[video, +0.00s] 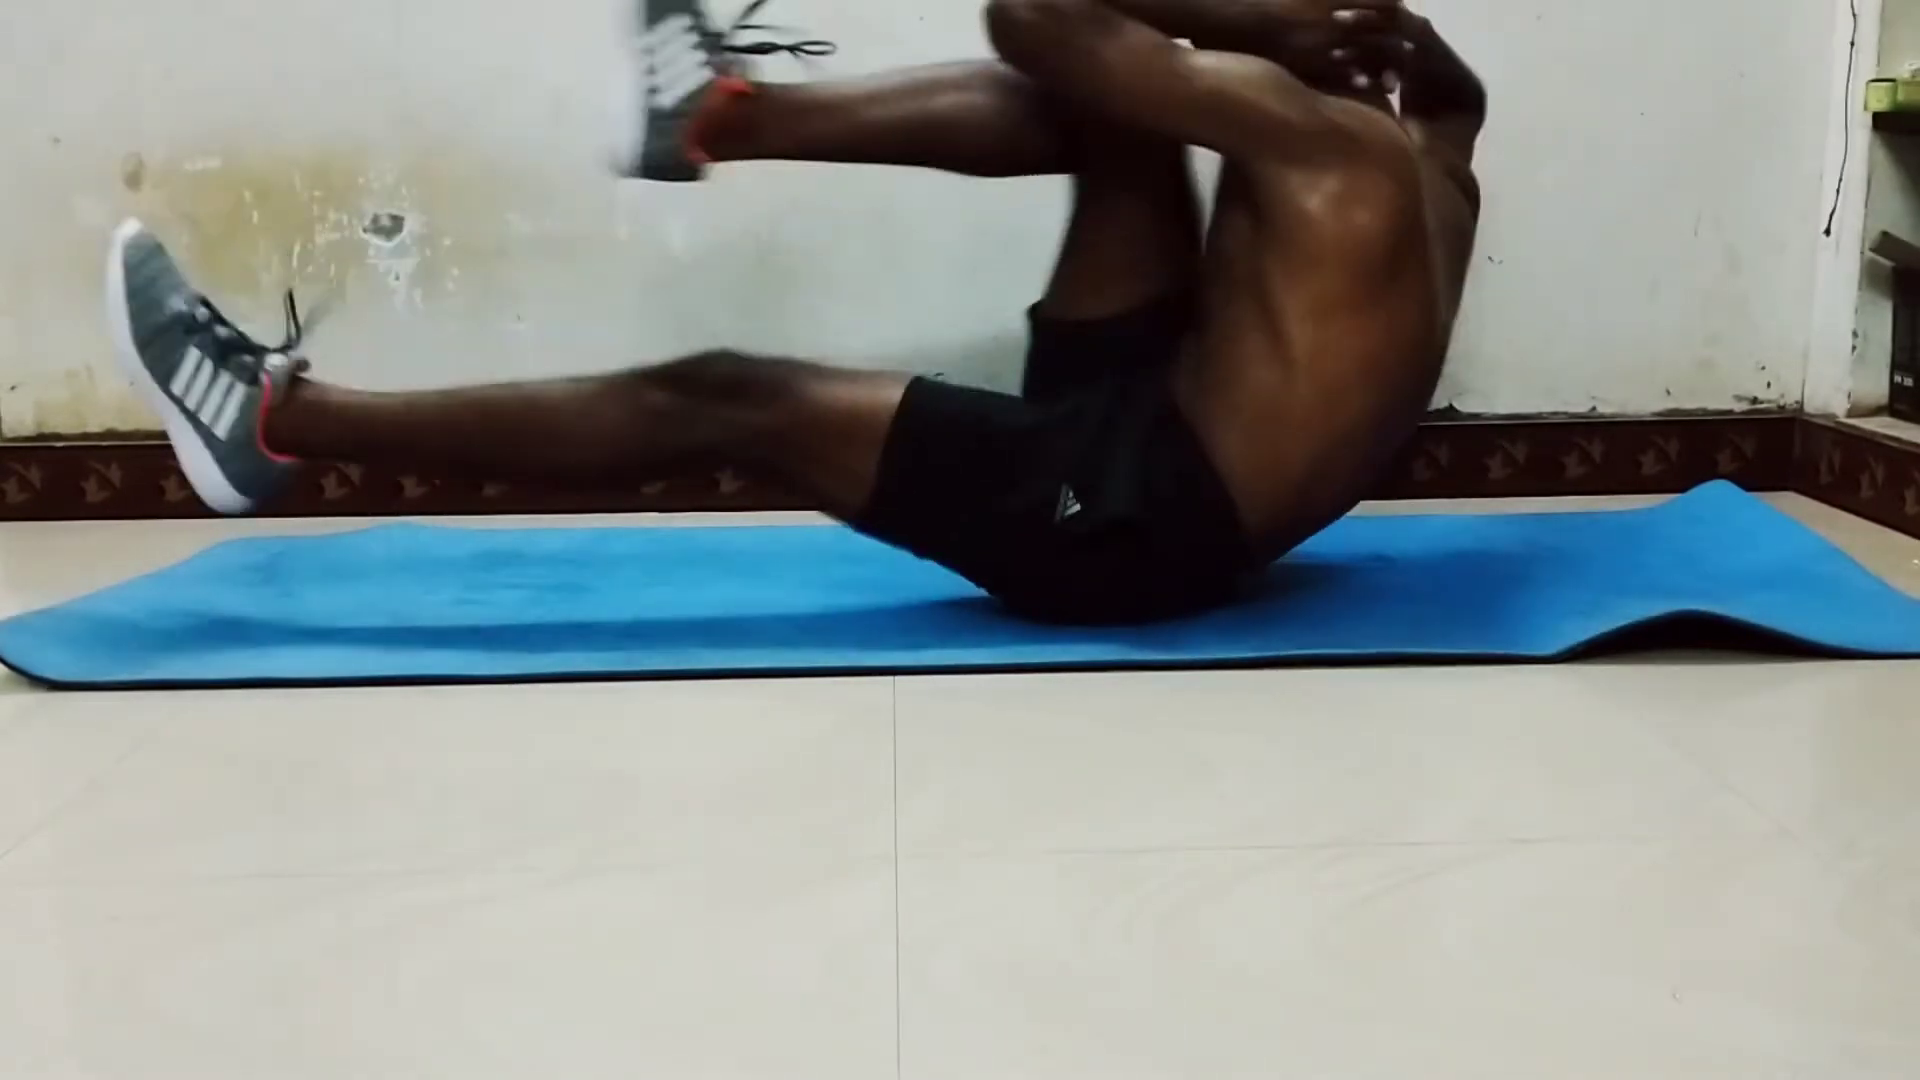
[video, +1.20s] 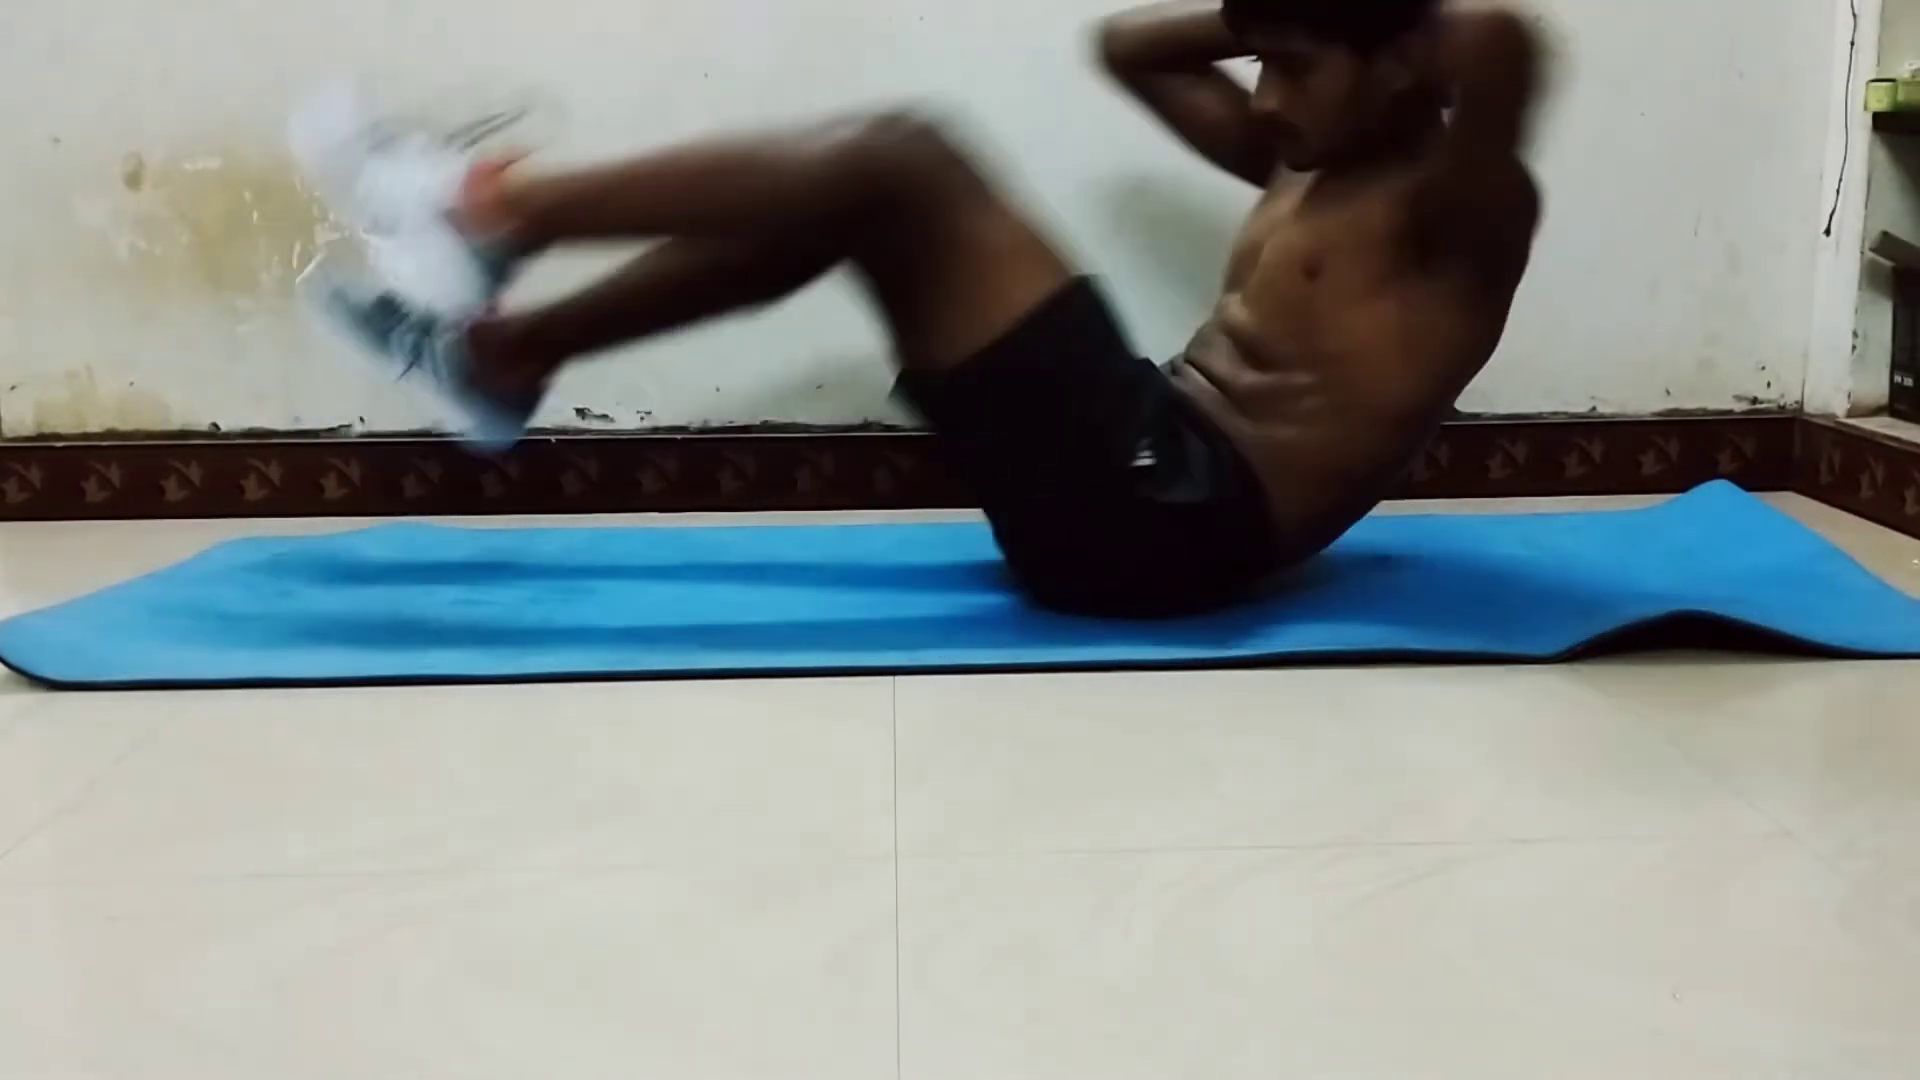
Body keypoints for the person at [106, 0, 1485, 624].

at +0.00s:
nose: (1240, 50)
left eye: (1254, 34)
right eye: (1256, 33)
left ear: (1329, 51)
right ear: (1379, 61)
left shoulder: (1328, 135)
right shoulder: (1426, 161)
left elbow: (1052, 48)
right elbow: (1126, 87)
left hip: (1118, 513)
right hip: (1150, 445)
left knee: (714, 400)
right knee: (1114, 113)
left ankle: (273, 423)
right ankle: (742, 110)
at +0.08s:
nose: (1240, 50)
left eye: (1254, 34)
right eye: (1256, 33)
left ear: (1330, 50)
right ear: (1379, 61)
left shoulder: (1328, 134)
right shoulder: (1426, 160)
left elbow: (1052, 49)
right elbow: (1126, 87)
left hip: (1118, 513)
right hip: (1150, 445)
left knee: (714, 400)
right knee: (1114, 114)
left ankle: (273, 423)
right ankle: (743, 110)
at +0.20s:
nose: (1264, 59)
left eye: (1286, 32)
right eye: (1309, 29)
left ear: (1336, 45)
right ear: (1368, 53)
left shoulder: (1356, 142)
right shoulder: (1372, 163)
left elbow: (1097, 13)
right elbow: (1128, 25)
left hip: (1127, 510)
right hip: (1137, 423)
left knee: (739, 354)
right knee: (1040, 115)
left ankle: (303, 410)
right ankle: (644, 125)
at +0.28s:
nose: (1275, 89)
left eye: (1297, 57)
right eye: (1281, 60)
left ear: (1377, 51)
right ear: (1373, 55)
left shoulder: (1405, 170)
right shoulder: (1350, 190)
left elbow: (1233, 23)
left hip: (1137, 509)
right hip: (1125, 438)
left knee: (792, 265)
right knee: (926, 164)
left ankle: (377, 350)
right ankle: (513, 155)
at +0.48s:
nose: (1265, 81)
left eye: (1290, 44)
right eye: (1253, 49)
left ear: (1409, 41)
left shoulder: (1427, 175)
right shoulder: (1344, 193)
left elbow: (1414, 125)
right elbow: (1186, 112)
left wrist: (1379, 73)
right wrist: (1341, 89)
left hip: (1149, 514)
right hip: (1115, 487)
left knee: (875, 180)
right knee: (846, 248)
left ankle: (474, 261)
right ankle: (475, 229)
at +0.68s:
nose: (1289, 92)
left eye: (1322, 67)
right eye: (1280, 66)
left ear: (1412, 66)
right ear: (1284, 71)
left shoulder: (1455, 189)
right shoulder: (1272, 172)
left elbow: (1595, 31)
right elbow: (1096, 107)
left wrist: (1451, 51)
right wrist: (1270, 64)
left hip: (1153, 508)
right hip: (1074, 463)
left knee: (1061, 103)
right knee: (752, 348)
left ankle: (659, 153)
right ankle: (379, 324)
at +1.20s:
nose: (1273, 96)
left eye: (1297, 68)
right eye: (1266, 66)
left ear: (1394, 67)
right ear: (1289, 71)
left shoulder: (1465, 215)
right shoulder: (1308, 166)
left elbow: (1507, 46)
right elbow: (1125, 52)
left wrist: (1440, 64)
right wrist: (1269, 39)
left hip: (1179, 524)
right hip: (1127, 475)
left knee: (909, 162)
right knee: (897, 169)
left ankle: (492, 205)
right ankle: (507, 356)